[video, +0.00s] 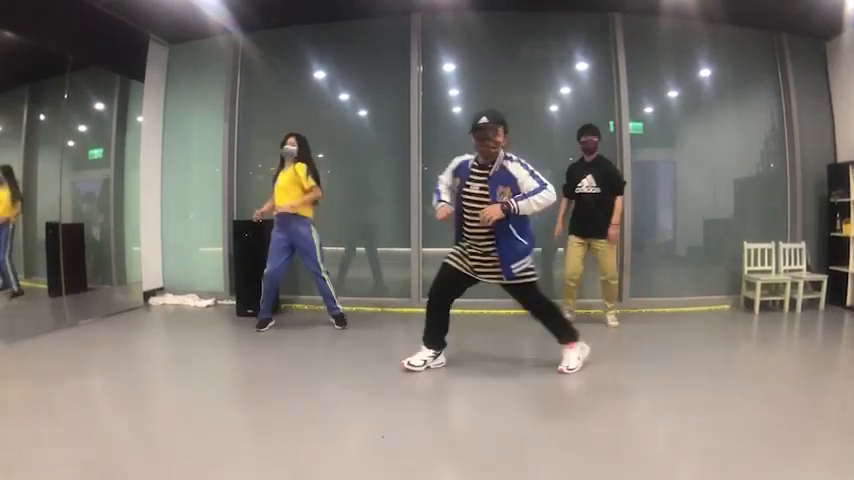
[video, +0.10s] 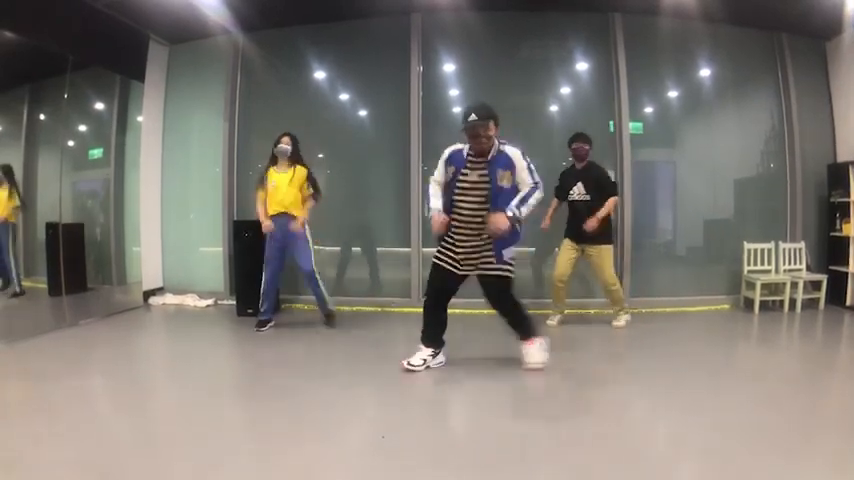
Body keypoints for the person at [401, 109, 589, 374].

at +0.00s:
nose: (489, 143)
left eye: (495, 137)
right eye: (483, 137)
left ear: (504, 138)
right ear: (473, 139)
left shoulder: (514, 167)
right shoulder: (461, 165)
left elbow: (547, 193)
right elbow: (442, 184)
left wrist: (507, 206)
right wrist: (442, 202)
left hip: (506, 257)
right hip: (468, 253)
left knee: (534, 302)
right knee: (439, 294)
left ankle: (573, 344)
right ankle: (433, 350)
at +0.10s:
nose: (481, 141)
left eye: (486, 135)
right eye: (474, 135)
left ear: (496, 130)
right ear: (465, 133)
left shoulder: (512, 156)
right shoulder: (452, 155)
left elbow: (534, 189)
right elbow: (436, 183)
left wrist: (509, 215)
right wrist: (436, 211)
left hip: (493, 244)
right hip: (455, 243)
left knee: (498, 296)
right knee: (435, 296)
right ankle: (431, 349)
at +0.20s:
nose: (477, 135)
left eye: (482, 128)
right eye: (470, 130)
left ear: (492, 124)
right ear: (461, 127)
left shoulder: (507, 154)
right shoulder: (448, 154)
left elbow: (514, 191)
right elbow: (442, 195)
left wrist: (512, 227)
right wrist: (437, 233)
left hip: (487, 236)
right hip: (452, 235)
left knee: (479, 294)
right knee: (437, 294)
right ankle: (429, 348)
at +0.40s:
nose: (476, 133)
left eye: (481, 127)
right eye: (470, 128)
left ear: (490, 124)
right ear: (460, 126)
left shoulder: (503, 156)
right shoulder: (446, 157)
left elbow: (510, 194)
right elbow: (436, 196)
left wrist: (514, 228)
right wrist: (443, 227)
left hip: (491, 242)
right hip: (454, 242)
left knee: (501, 295)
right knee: (433, 296)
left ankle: (489, 345)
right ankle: (417, 349)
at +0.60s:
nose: (485, 148)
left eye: (490, 142)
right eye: (479, 142)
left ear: (500, 137)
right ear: (470, 140)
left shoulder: (518, 159)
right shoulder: (455, 166)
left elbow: (544, 174)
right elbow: (427, 193)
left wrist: (543, 203)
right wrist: (444, 222)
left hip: (510, 250)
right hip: (472, 251)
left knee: (529, 302)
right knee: (454, 304)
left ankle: (528, 352)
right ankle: (419, 343)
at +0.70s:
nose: (483, 138)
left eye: (488, 132)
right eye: (477, 132)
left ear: (500, 128)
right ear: (468, 130)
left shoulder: (517, 152)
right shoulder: (456, 158)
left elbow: (541, 178)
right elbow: (448, 195)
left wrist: (543, 217)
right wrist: (447, 234)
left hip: (514, 234)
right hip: (475, 237)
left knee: (528, 294)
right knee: (474, 294)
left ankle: (529, 350)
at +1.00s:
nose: (477, 137)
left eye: (483, 131)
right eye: (472, 132)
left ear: (496, 128)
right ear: (465, 132)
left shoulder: (512, 158)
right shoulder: (463, 162)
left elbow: (537, 195)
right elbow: (463, 203)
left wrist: (503, 220)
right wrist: (451, 225)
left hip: (509, 248)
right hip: (471, 247)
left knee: (530, 300)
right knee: (447, 292)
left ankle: (560, 352)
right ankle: (455, 345)